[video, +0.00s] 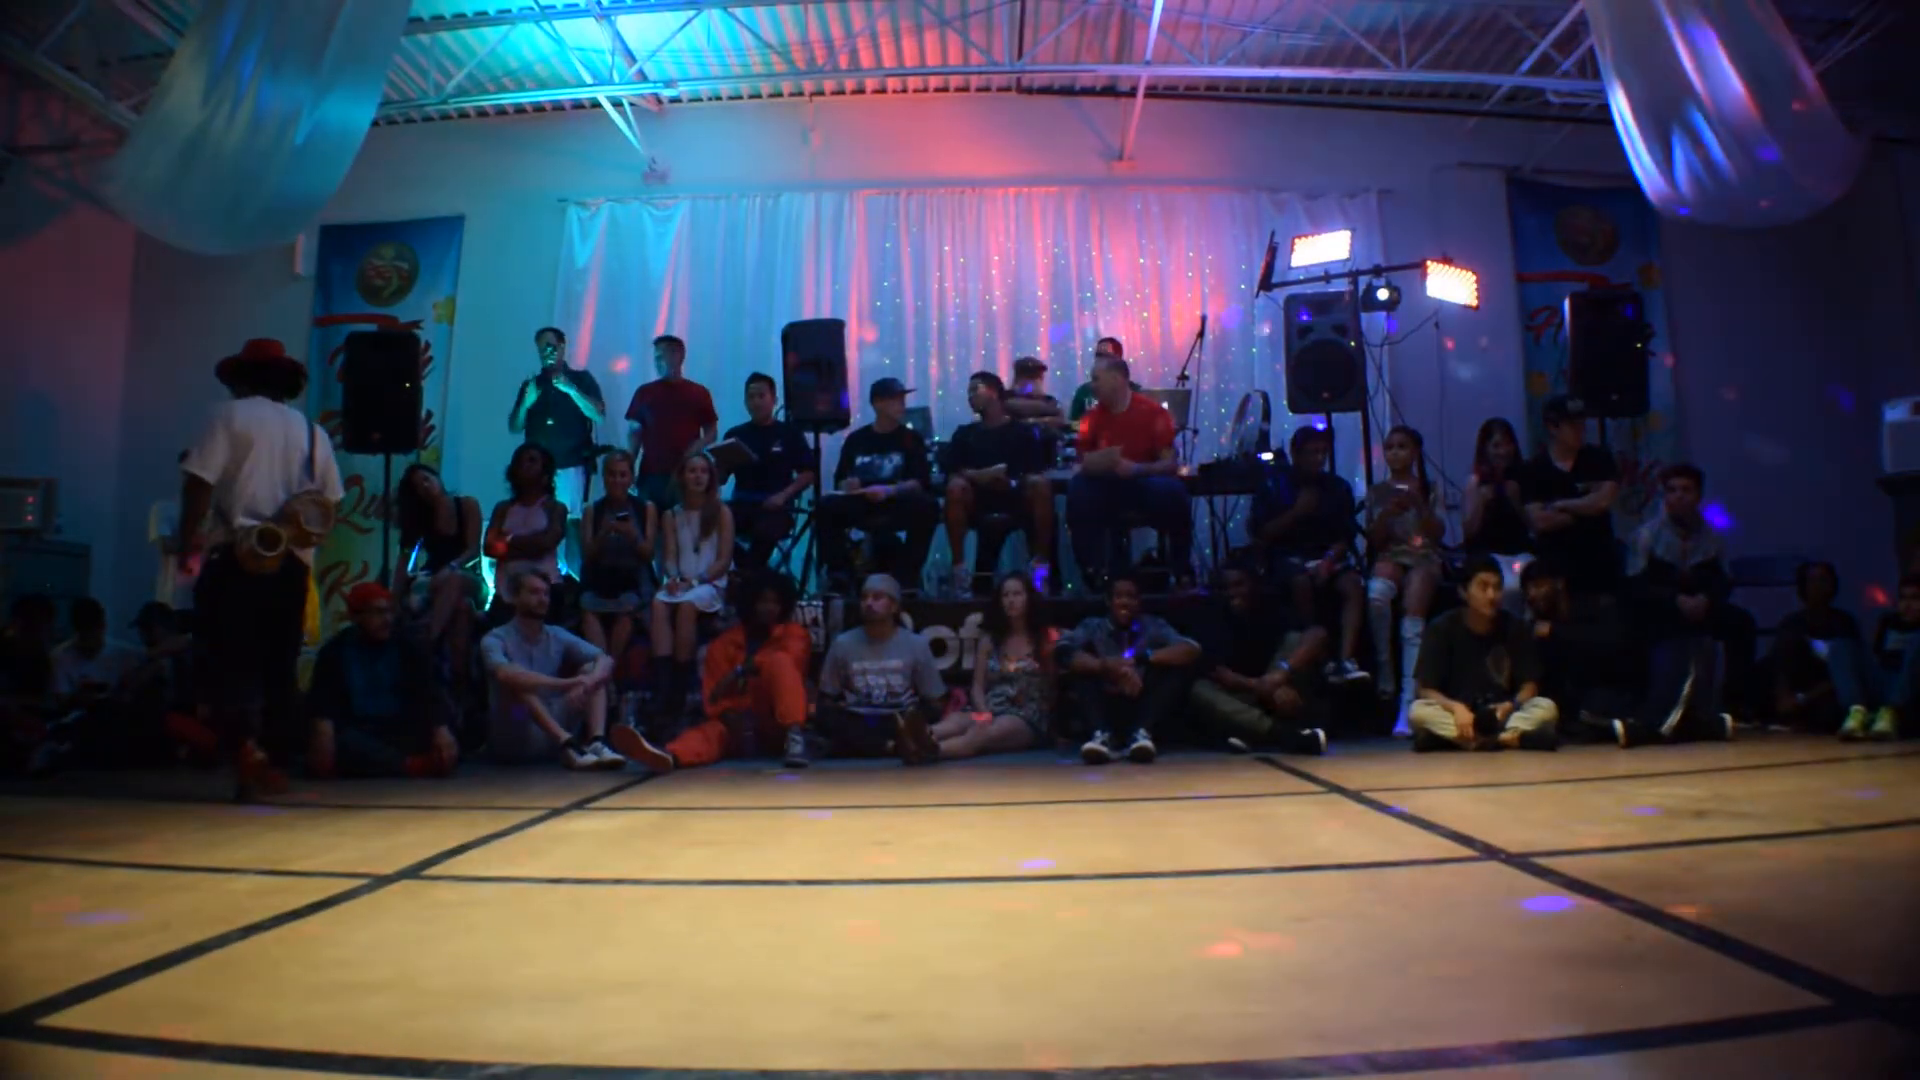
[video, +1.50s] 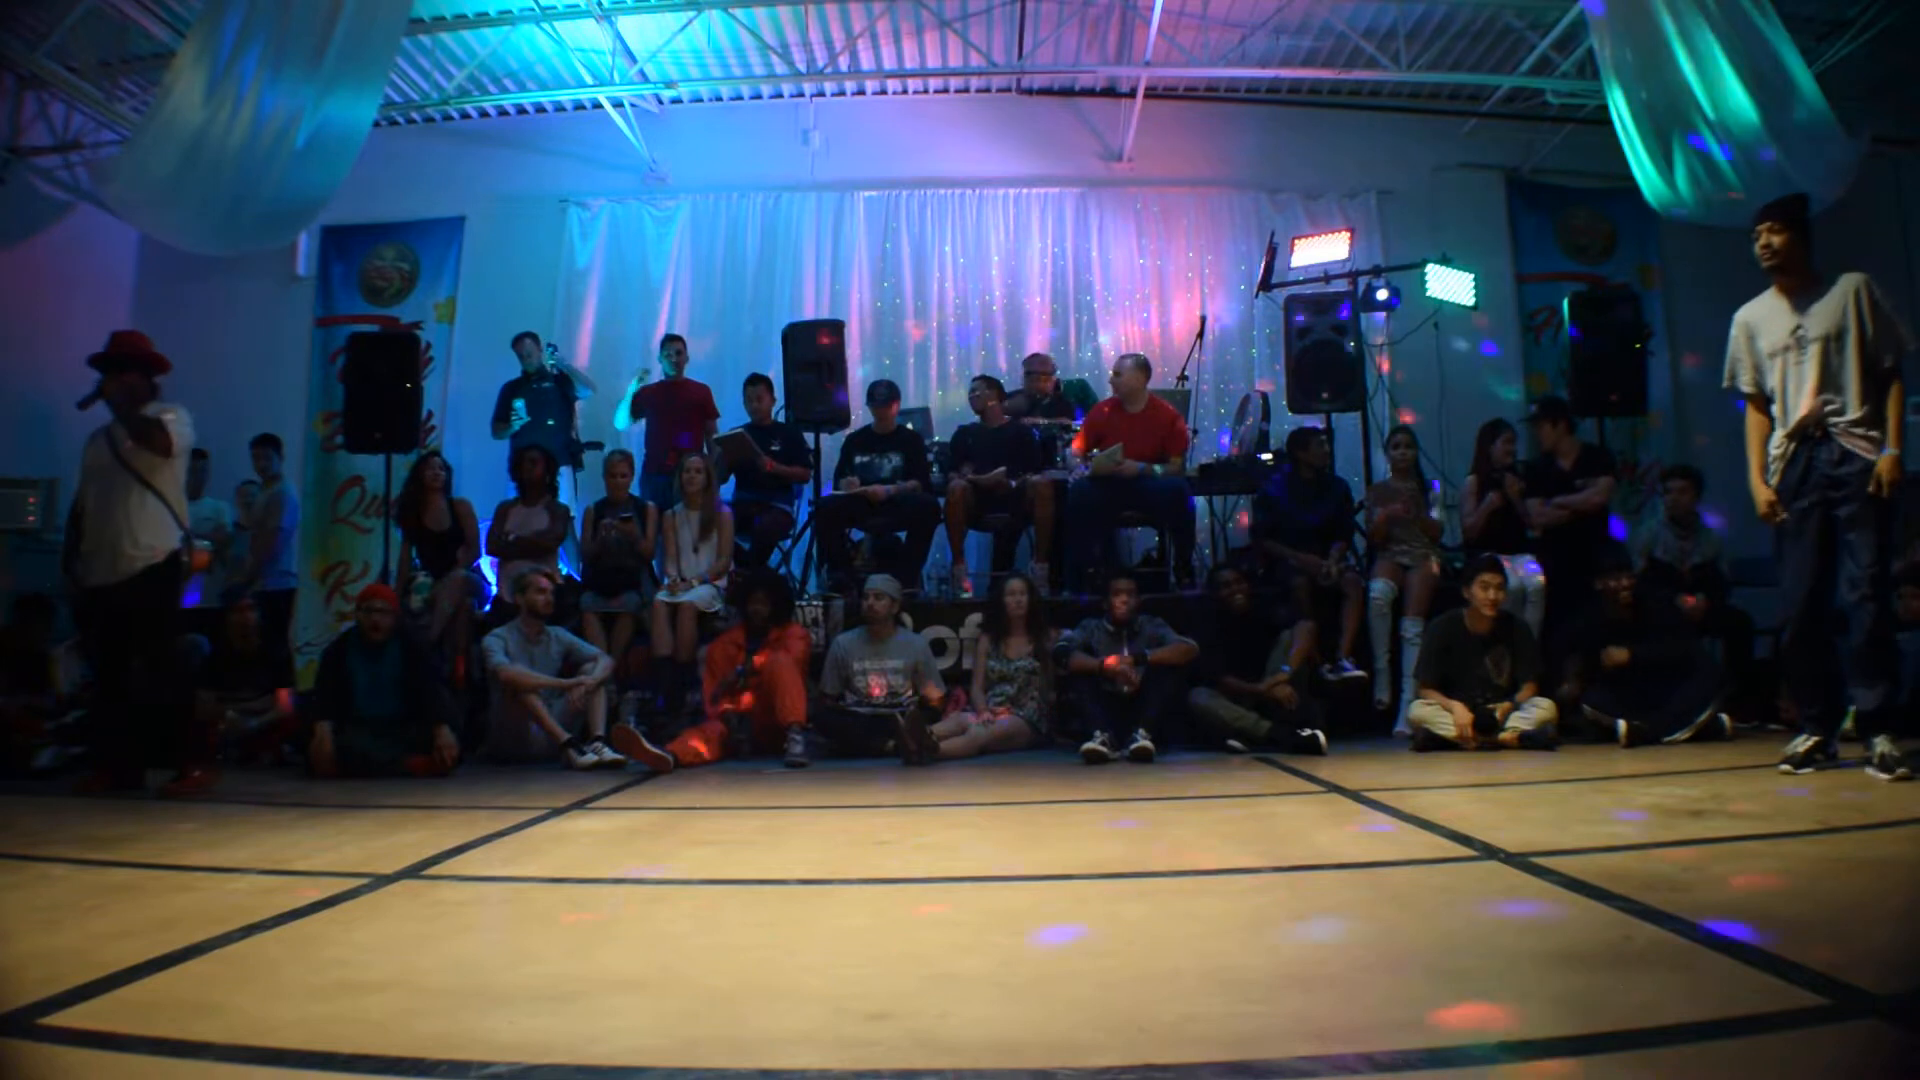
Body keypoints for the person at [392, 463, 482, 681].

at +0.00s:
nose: (427, 486)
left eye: (428, 479)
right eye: (420, 485)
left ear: (437, 478)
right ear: (416, 494)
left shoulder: (467, 506)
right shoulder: (419, 517)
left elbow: (473, 550)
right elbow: (404, 562)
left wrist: (448, 569)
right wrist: (395, 601)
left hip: (467, 578)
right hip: (432, 582)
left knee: (450, 580)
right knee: (462, 607)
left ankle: (426, 645)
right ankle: (459, 679)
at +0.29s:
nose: (427, 482)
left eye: (428, 475)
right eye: (420, 480)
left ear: (437, 478)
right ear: (413, 490)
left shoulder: (463, 508)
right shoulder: (414, 516)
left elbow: (469, 553)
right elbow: (407, 561)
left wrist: (445, 574)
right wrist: (395, 600)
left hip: (465, 578)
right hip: (428, 581)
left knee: (451, 581)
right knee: (462, 607)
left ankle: (427, 646)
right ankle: (460, 680)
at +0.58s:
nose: (434, 482)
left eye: (436, 476)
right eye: (427, 478)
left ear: (442, 479)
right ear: (416, 485)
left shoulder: (462, 509)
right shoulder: (415, 516)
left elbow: (468, 555)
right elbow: (408, 561)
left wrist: (446, 581)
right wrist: (399, 602)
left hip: (467, 578)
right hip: (431, 584)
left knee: (457, 581)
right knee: (465, 606)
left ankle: (431, 643)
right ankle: (461, 678)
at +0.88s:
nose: (437, 477)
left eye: (440, 472)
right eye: (430, 473)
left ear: (445, 476)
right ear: (419, 480)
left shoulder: (463, 509)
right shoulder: (416, 514)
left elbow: (468, 554)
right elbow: (409, 558)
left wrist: (450, 579)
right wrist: (399, 600)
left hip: (468, 580)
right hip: (435, 584)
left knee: (457, 580)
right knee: (464, 606)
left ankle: (431, 641)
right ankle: (458, 677)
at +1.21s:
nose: (438, 476)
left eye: (442, 471)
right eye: (431, 472)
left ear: (448, 476)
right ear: (421, 479)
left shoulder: (463, 509)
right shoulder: (415, 513)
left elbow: (469, 555)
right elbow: (409, 555)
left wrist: (447, 579)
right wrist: (401, 595)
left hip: (469, 583)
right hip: (433, 587)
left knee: (455, 580)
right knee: (463, 605)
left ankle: (428, 643)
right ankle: (459, 677)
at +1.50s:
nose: (436, 473)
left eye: (441, 469)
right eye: (430, 469)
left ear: (447, 474)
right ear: (420, 474)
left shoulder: (461, 507)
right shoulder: (413, 510)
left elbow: (475, 551)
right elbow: (406, 554)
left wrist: (455, 574)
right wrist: (399, 595)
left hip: (467, 580)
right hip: (434, 585)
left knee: (457, 580)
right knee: (463, 604)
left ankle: (429, 644)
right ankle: (457, 668)